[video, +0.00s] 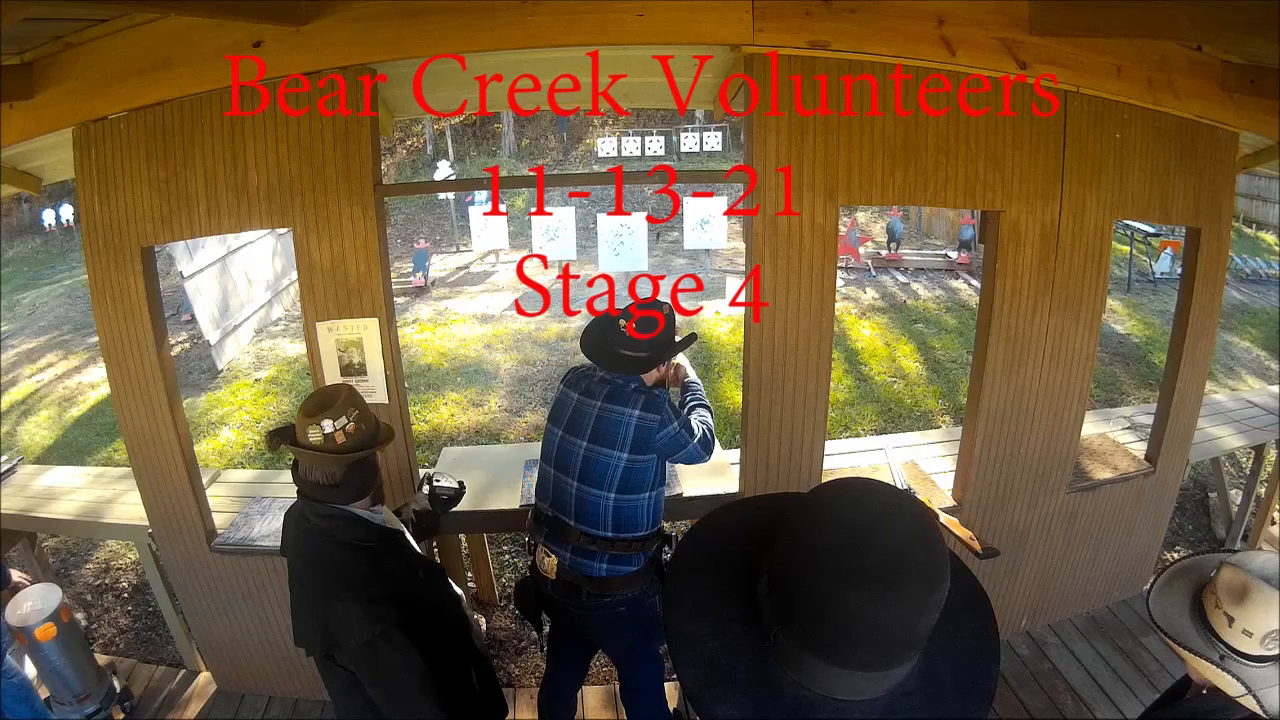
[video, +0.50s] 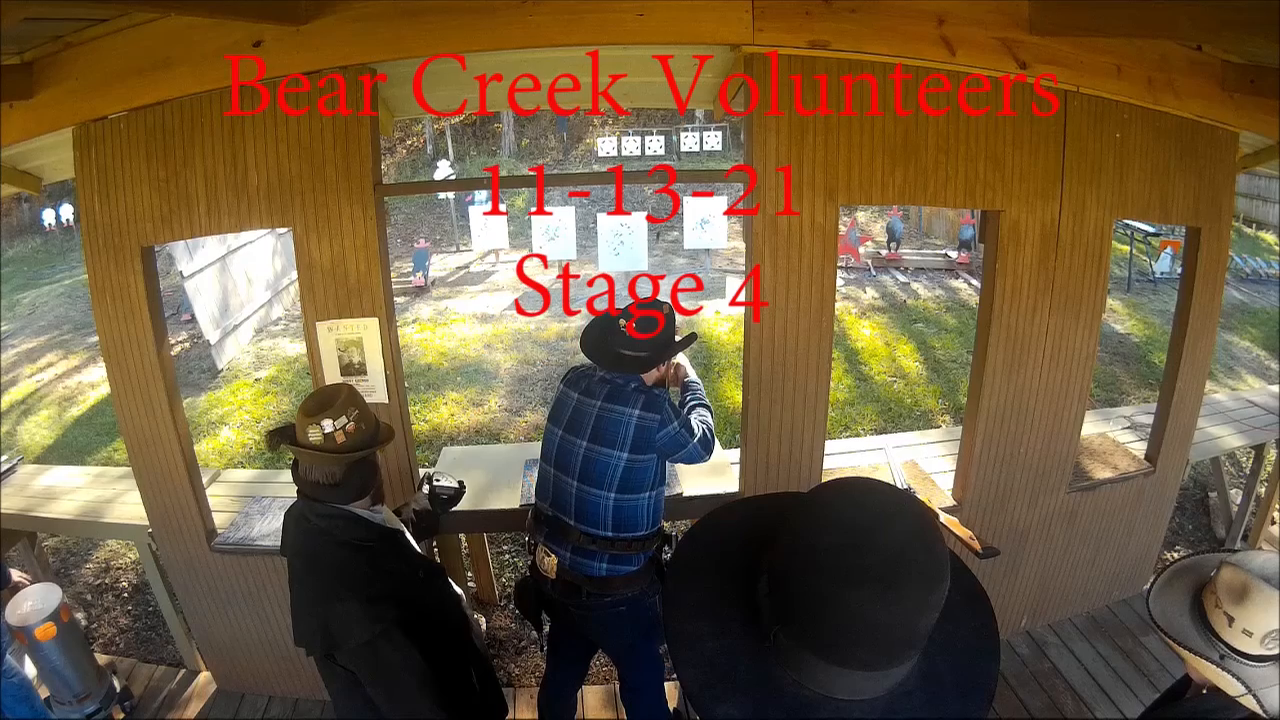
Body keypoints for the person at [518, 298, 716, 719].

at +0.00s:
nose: (668, 360)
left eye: (667, 354)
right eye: (666, 354)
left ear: (607, 350)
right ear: (652, 364)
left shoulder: (571, 383)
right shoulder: (653, 412)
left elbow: (615, 392)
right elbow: (701, 445)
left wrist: (651, 379)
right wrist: (690, 380)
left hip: (558, 577)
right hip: (619, 590)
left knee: (558, 685)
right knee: (645, 690)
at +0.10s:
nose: (668, 361)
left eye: (667, 354)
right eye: (666, 354)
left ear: (607, 350)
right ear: (652, 364)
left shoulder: (571, 383)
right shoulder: (653, 412)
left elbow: (615, 392)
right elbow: (701, 445)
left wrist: (651, 379)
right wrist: (690, 380)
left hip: (558, 578)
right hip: (619, 590)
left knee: (558, 685)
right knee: (645, 690)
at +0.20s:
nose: (668, 360)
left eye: (667, 354)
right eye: (665, 354)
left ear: (607, 350)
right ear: (652, 364)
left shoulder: (571, 383)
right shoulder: (653, 412)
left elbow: (615, 392)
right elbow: (701, 445)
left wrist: (651, 379)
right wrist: (690, 380)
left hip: (559, 578)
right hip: (620, 590)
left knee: (558, 685)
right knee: (645, 690)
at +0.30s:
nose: (668, 360)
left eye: (667, 354)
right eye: (665, 354)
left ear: (607, 350)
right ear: (652, 364)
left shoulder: (571, 383)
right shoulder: (653, 412)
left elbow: (615, 392)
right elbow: (701, 445)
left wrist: (651, 379)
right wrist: (690, 380)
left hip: (558, 577)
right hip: (620, 589)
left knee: (558, 684)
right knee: (645, 690)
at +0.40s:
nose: (668, 360)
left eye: (668, 354)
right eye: (666, 354)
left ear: (607, 350)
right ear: (651, 365)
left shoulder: (571, 383)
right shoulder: (653, 412)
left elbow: (615, 393)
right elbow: (701, 445)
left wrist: (651, 379)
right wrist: (691, 381)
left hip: (555, 576)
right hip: (618, 589)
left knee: (559, 683)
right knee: (644, 687)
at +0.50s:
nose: (669, 360)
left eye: (668, 353)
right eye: (666, 354)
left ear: (608, 350)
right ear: (651, 365)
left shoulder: (572, 383)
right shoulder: (653, 412)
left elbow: (616, 393)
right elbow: (701, 445)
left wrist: (651, 378)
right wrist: (691, 380)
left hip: (555, 576)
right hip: (618, 590)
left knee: (559, 682)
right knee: (644, 686)